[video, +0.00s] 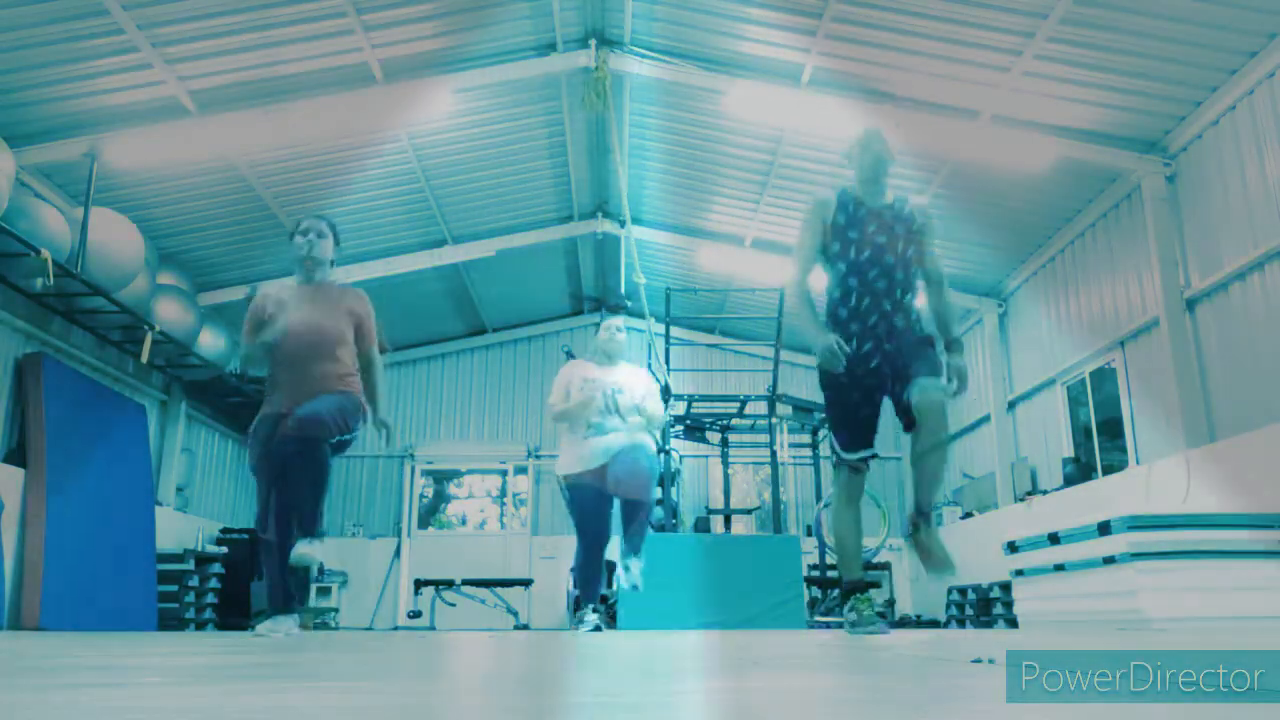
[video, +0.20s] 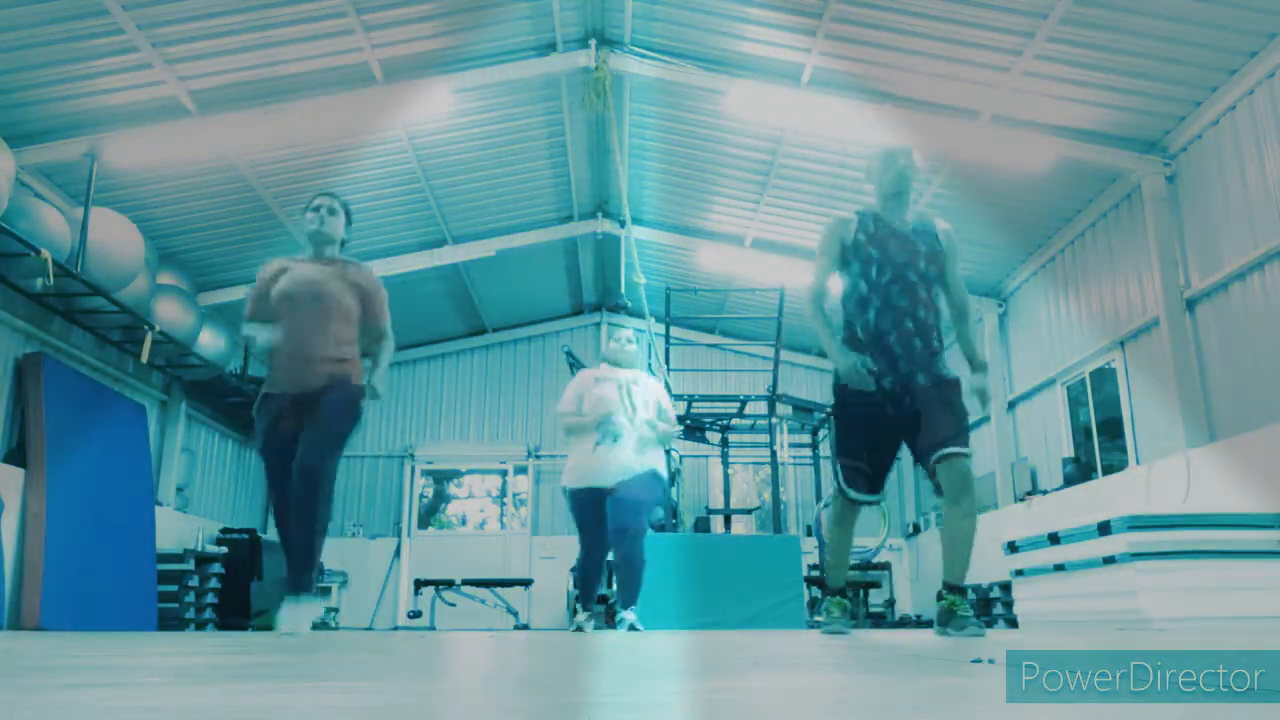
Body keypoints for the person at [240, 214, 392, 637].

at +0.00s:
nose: (310, 242)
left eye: (319, 236)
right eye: (303, 235)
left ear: (334, 249)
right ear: (292, 247)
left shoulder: (354, 299)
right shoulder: (269, 297)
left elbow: (371, 362)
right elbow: (245, 360)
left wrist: (377, 412)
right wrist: (264, 334)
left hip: (338, 398)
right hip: (279, 405)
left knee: (303, 429)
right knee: (273, 509)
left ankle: (307, 535)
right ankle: (282, 612)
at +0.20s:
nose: (321, 216)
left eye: (331, 212)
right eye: (314, 210)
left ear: (346, 228)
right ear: (302, 223)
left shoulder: (361, 276)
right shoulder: (275, 271)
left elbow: (385, 338)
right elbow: (249, 329)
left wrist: (377, 371)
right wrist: (274, 335)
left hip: (337, 386)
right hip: (281, 389)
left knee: (311, 467)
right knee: (281, 485)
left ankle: (301, 586)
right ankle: (302, 581)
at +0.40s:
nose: (322, 228)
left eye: (333, 224)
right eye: (315, 223)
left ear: (350, 240)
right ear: (304, 236)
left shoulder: (364, 291)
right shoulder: (278, 287)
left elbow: (387, 356)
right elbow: (257, 350)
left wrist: (357, 368)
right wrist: (246, 380)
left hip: (332, 418)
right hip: (276, 419)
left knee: (306, 501)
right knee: (267, 515)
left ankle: (298, 612)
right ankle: (309, 589)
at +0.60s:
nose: (317, 208)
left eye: (328, 202)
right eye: (310, 201)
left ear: (346, 217)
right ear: (301, 213)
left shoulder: (363, 265)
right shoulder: (282, 265)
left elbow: (396, 326)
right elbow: (268, 327)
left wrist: (355, 340)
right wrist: (244, 365)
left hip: (339, 396)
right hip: (286, 392)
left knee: (322, 491)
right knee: (253, 440)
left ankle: (308, 603)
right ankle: (276, 535)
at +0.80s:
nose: (313, 218)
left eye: (324, 212)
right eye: (308, 211)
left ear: (343, 228)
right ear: (300, 222)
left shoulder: (358, 278)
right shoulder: (279, 277)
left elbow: (383, 344)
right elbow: (262, 339)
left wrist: (336, 354)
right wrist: (237, 374)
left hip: (337, 406)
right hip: (283, 396)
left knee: (325, 509)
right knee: (250, 413)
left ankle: (324, 606)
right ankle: (260, 533)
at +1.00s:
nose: (289, 210)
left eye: (300, 205)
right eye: (283, 205)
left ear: (319, 221)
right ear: (274, 217)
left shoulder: (338, 272)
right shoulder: (253, 272)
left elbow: (370, 329)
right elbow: (242, 341)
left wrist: (354, 354)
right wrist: (211, 362)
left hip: (322, 404)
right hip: (260, 400)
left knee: (336, 506)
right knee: (235, 496)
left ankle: (355, 606)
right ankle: (220, 608)